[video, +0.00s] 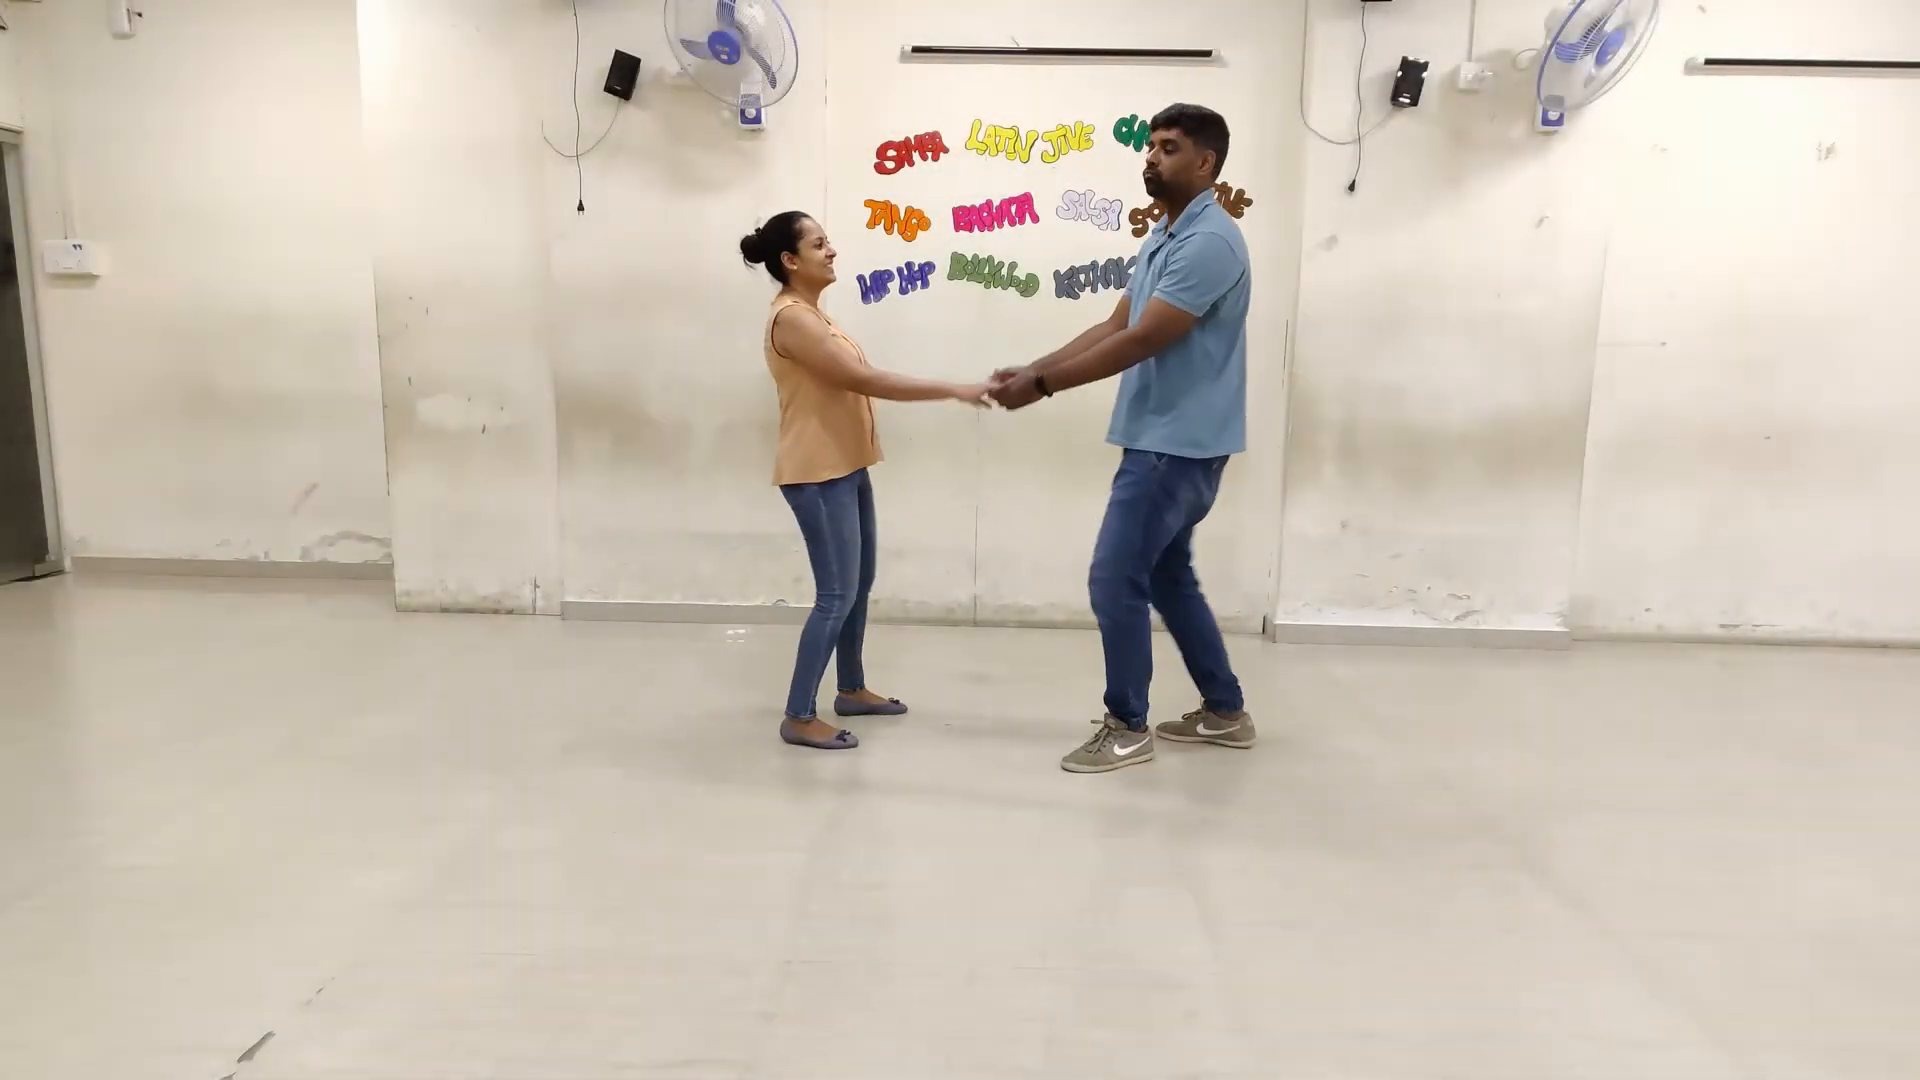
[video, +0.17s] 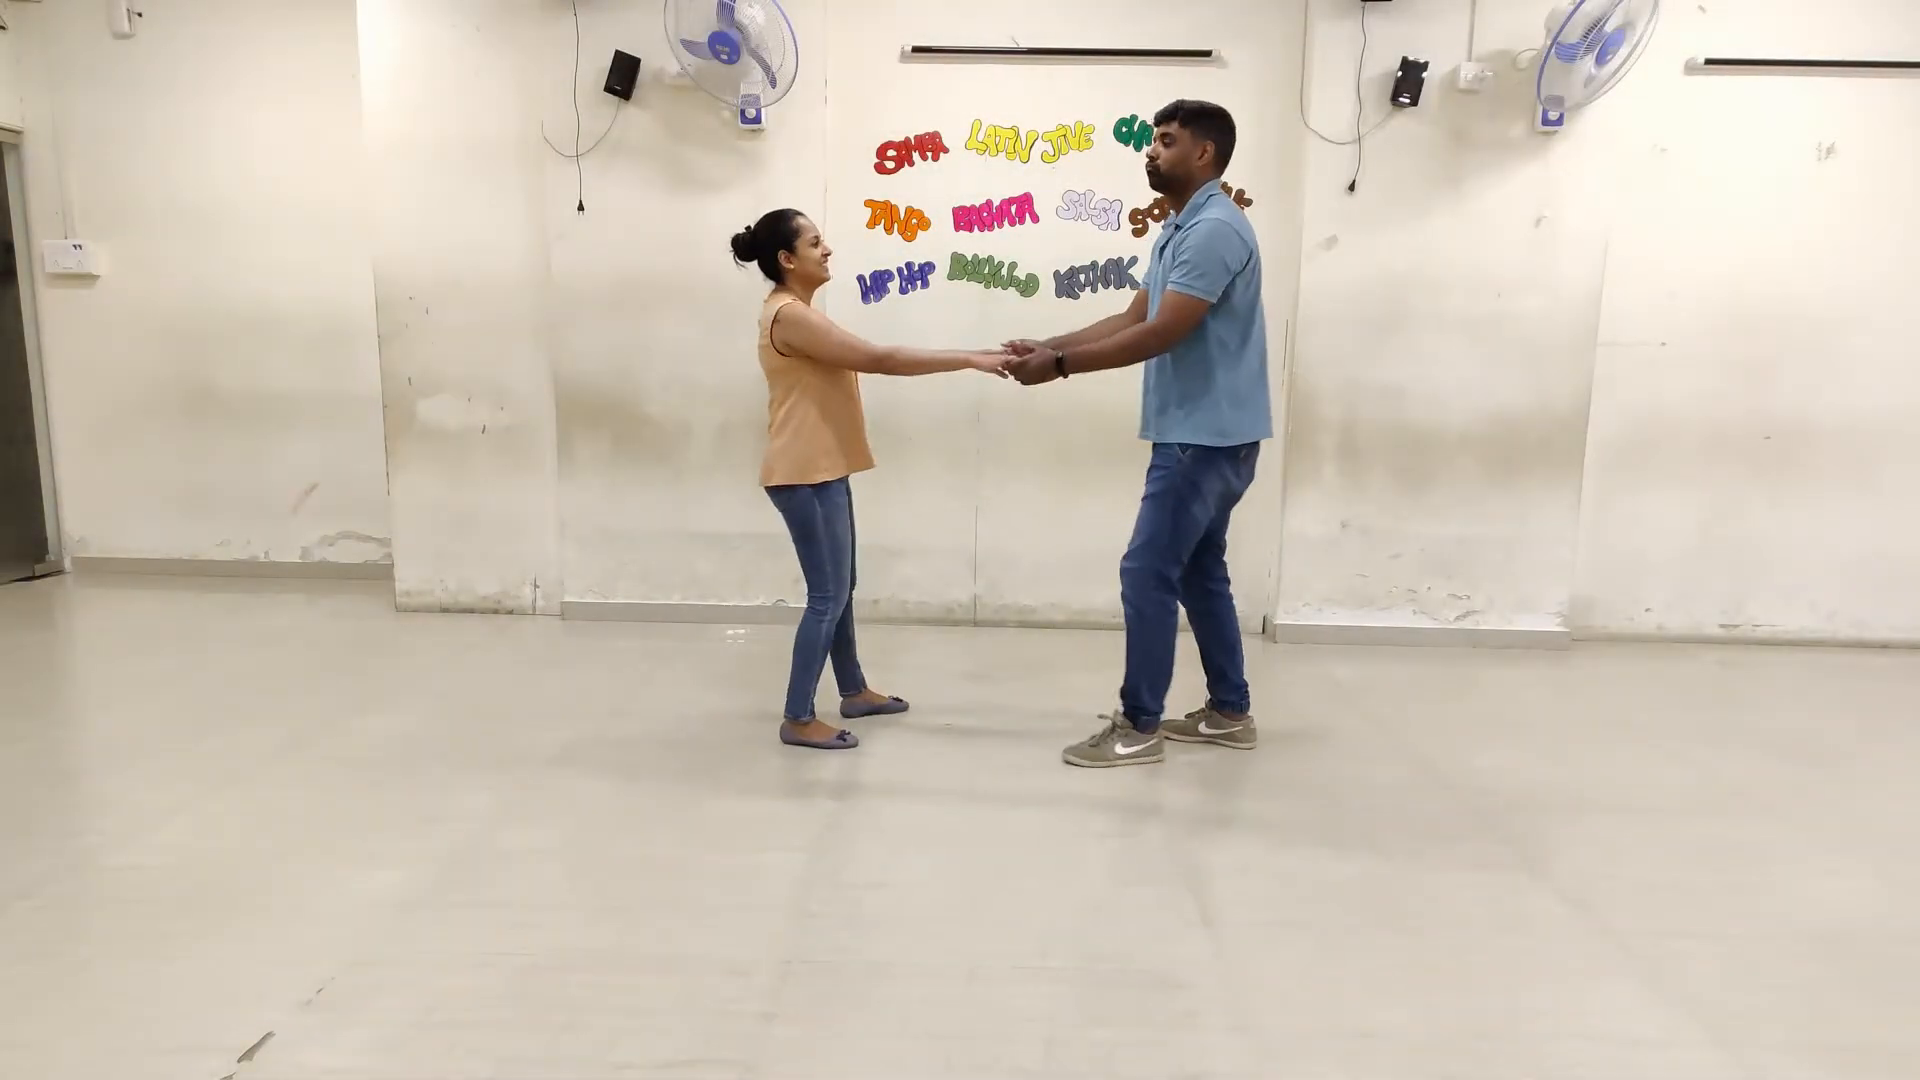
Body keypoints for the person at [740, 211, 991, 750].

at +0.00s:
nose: (831, 251)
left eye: (827, 242)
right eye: (818, 246)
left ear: (805, 258)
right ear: (790, 261)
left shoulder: (813, 312)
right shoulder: (792, 319)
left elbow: (857, 382)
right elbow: (864, 379)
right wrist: (956, 390)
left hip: (847, 470)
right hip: (817, 475)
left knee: (858, 585)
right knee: (836, 594)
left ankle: (852, 691)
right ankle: (798, 717)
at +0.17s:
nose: (827, 250)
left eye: (822, 241)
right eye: (815, 244)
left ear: (791, 258)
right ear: (786, 259)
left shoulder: (798, 311)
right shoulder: (787, 316)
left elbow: (878, 359)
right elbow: (878, 359)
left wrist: (964, 359)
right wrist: (969, 359)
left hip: (825, 469)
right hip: (803, 473)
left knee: (841, 584)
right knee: (826, 593)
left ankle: (855, 693)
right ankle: (798, 719)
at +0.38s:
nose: (847, 244)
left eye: (842, 235)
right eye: (835, 238)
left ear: (813, 251)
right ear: (806, 252)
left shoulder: (817, 305)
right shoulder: (804, 309)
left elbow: (886, 362)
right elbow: (889, 363)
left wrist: (958, 342)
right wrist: (967, 336)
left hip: (839, 468)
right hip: (806, 472)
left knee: (885, 563)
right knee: (820, 593)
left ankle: (867, 683)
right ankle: (795, 718)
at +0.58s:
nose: (900, 267)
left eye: (896, 258)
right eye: (889, 259)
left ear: (865, 272)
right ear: (860, 271)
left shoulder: (871, 332)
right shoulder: (853, 334)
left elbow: (903, 418)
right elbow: (889, 422)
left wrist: (981, 420)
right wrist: (977, 429)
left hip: (882, 493)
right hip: (849, 496)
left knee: (933, 584)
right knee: (863, 614)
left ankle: (923, 706)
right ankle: (799, 719)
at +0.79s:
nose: (947, 246)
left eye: (943, 238)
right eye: (936, 238)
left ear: (911, 250)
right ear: (907, 249)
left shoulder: (919, 311)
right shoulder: (900, 314)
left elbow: (926, 398)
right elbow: (917, 404)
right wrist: (993, 380)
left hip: (930, 469)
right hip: (900, 473)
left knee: (951, 587)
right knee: (931, 594)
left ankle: (925, 702)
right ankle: (842, 685)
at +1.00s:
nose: (967, 244)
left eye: (963, 235)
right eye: (956, 237)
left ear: (932, 251)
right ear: (929, 250)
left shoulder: (939, 311)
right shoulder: (919, 315)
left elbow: (944, 390)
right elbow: (917, 403)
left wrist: (994, 370)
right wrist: (990, 382)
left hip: (949, 472)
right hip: (926, 476)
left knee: (943, 591)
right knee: (960, 594)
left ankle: (925, 702)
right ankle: (889, 698)